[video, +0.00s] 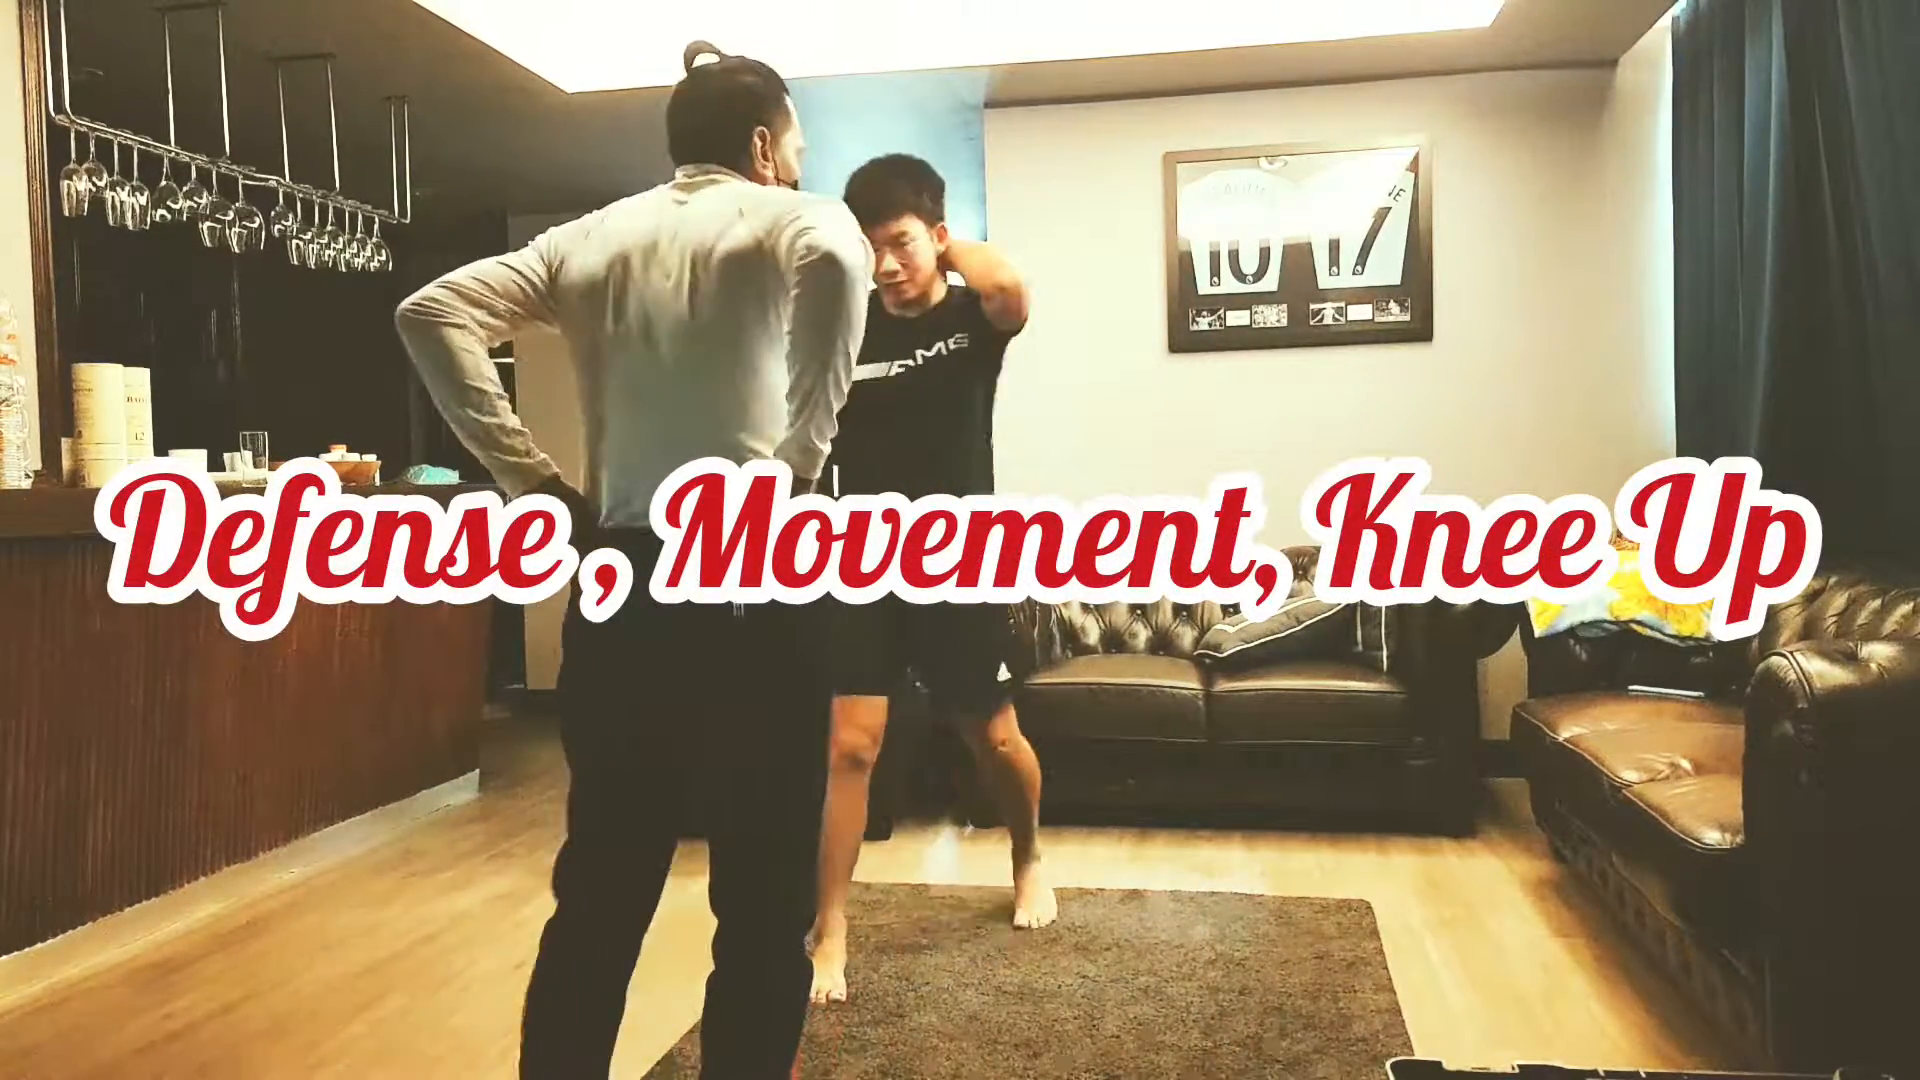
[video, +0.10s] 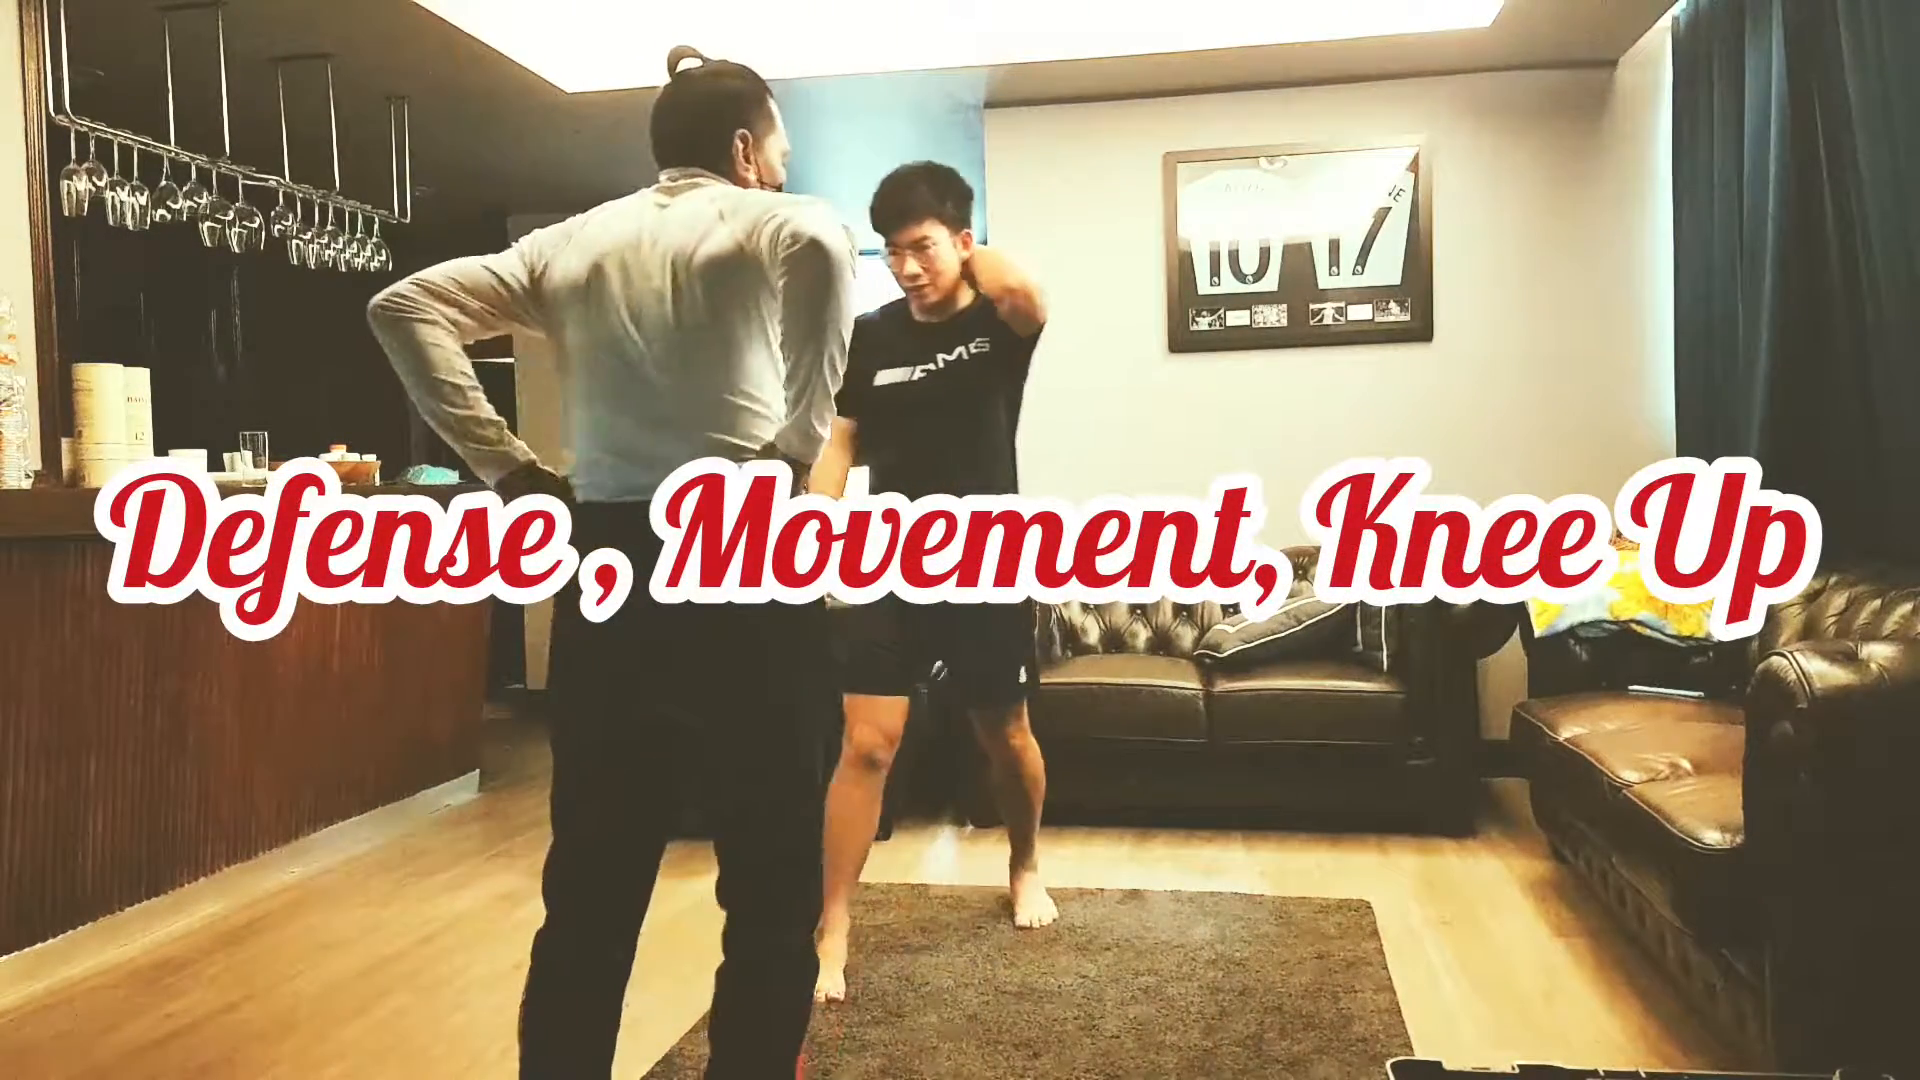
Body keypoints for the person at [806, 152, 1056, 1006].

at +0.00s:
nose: (888, 264)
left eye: (901, 243)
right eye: (873, 249)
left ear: (939, 235)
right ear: (856, 249)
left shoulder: (976, 313)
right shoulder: (845, 315)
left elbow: (1009, 295)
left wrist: (949, 242)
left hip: (956, 565)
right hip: (855, 565)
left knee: (998, 740)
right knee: (847, 748)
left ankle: (1027, 858)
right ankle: (828, 931)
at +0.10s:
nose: (907, 266)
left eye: (920, 247)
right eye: (894, 252)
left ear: (963, 242)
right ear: (884, 254)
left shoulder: (1004, 321)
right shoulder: (869, 337)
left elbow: (1020, 295)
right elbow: (838, 449)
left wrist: (979, 253)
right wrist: (803, 534)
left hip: (986, 565)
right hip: (886, 565)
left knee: (1006, 735)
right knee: (867, 747)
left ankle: (1026, 864)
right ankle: (830, 926)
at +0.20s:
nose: (931, 267)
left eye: (946, 249)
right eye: (919, 253)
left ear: (990, 248)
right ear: (909, 257)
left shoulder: (1026, 332)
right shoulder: (894, 344)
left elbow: (1042, 308)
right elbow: (867, 454)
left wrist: (1004, 264)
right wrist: (850, 551)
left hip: (1006, 573)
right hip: (909, 575)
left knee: (1022, 733)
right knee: (884, 742)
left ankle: (1028, 874)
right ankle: (847, 912)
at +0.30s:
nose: (952, 259)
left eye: (967, 242)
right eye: (940, 245)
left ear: (1011, 244)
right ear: (930, 251)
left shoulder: (1044, 330)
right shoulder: (913, 344)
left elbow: (1059, 310)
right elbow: (888, 458)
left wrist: (1023, 268)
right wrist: (872, 564)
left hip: (1016, 572)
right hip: (921, 574)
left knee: (1025, 731)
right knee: (902, 736)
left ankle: (1027, 876)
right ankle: (874, 908)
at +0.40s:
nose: (966, 253)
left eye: (983, 236)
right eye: (955, 239)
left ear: (1026, 238)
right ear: (947, 244)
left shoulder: (1053, 321)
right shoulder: (927, 330)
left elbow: (1076, 312)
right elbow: (901, 438)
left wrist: (1042, 274)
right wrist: (880, 534)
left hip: (1024, 561)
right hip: (931, 559)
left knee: (1026, 728)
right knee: (918, 728)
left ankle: (1026, 876)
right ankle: (895, 902)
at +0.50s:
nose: (978, 250)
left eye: (995, 234)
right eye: (968, 237)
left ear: (1037, 240)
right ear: (959, 242)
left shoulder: (1063, 325)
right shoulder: (938, 325)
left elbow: (1081, 310)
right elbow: (905, 438)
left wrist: (1046, 271)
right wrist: (877, 532)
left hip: (1030, 555)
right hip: (935, 551)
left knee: (1028, 727)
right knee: (923, 724)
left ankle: (1025, 875)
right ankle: (904, 895)